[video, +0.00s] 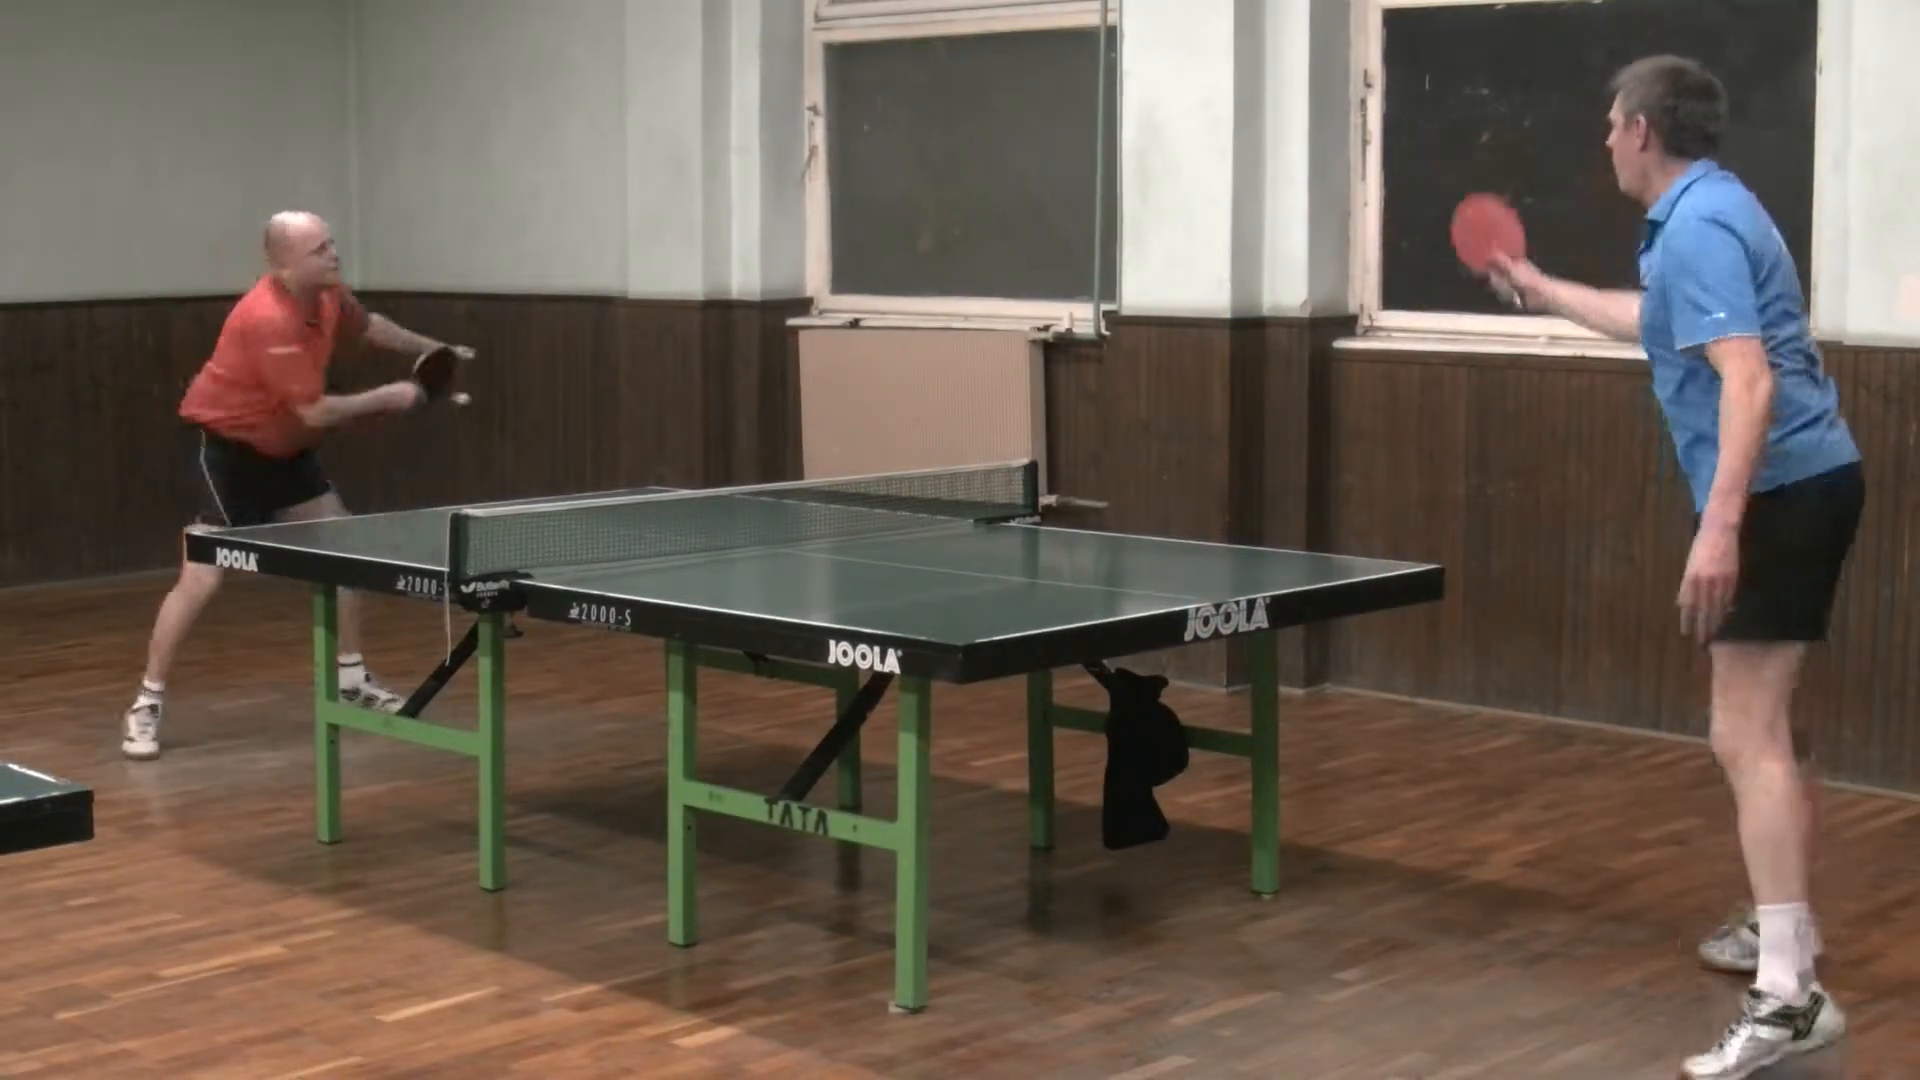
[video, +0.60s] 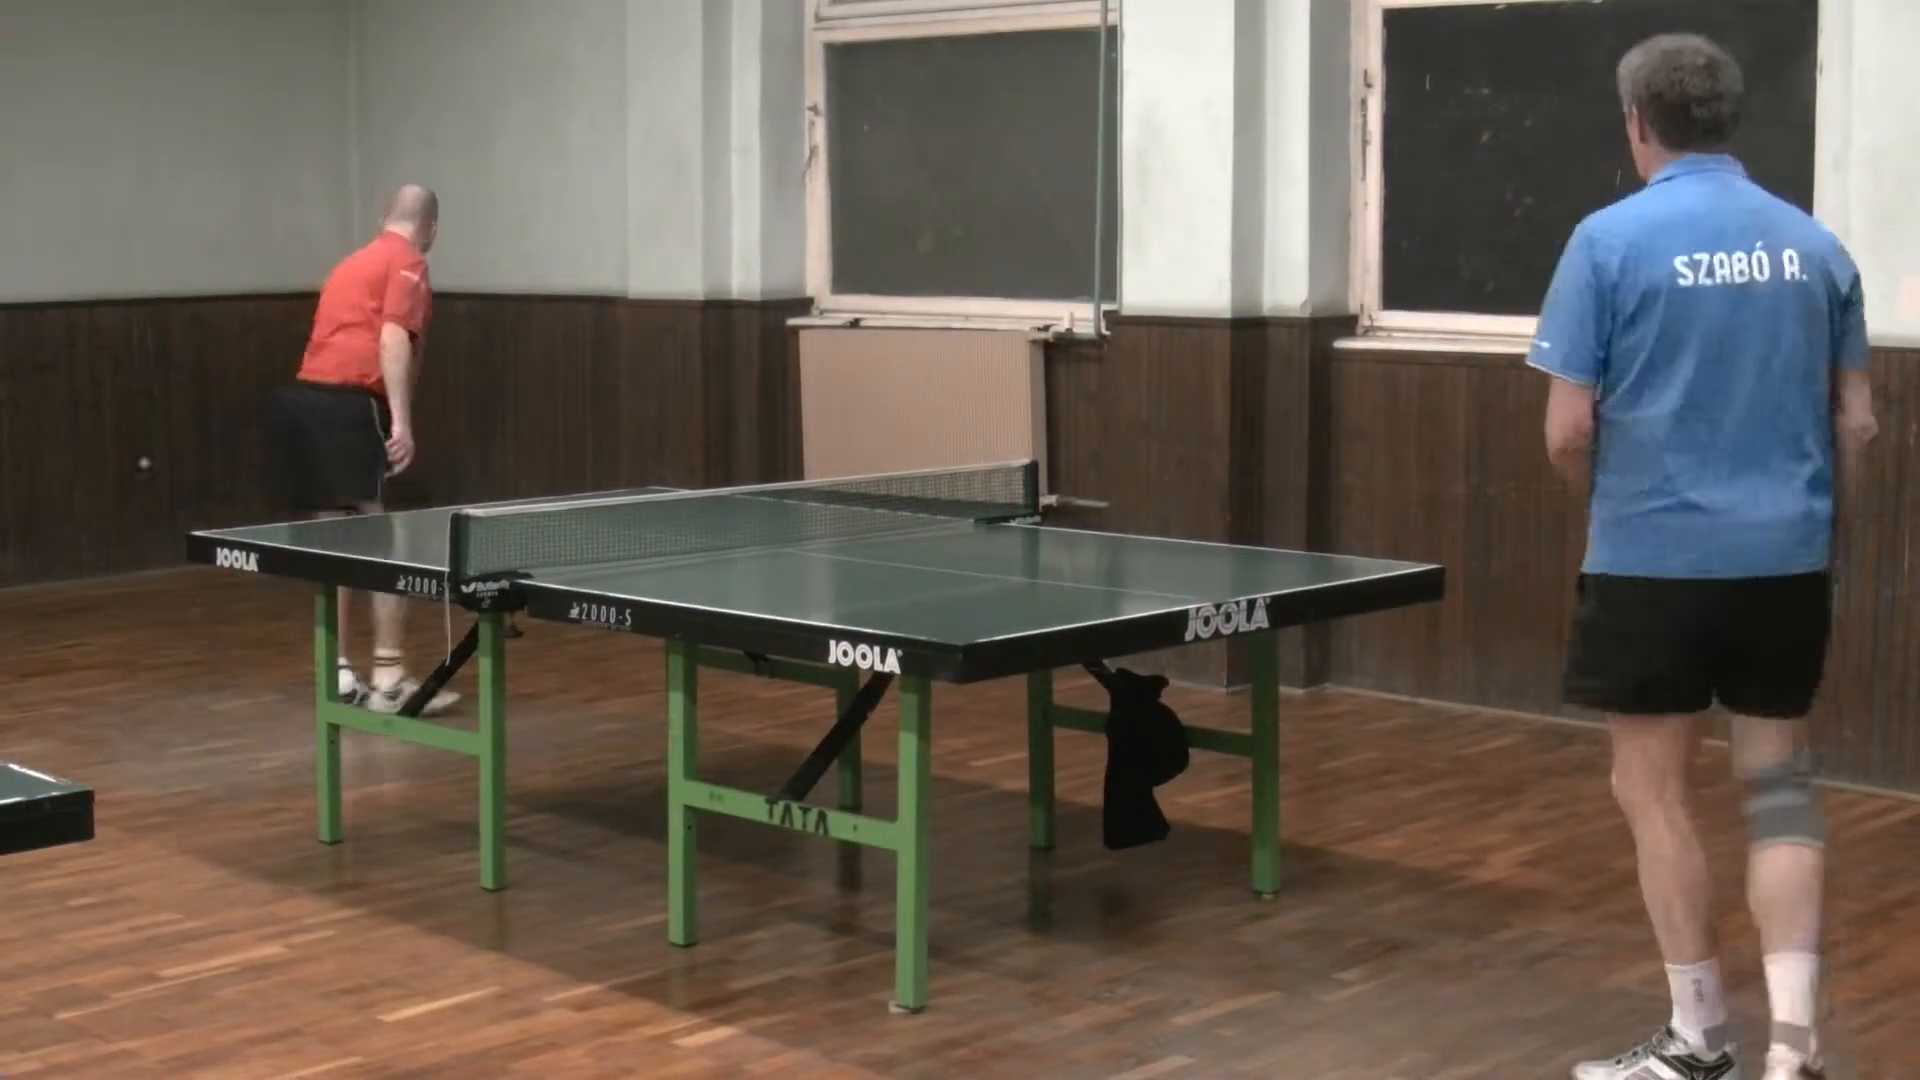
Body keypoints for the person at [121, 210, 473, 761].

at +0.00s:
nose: (334, 255)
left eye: (331, 246)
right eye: (321, 251)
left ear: (321, 253)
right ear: (287, 266)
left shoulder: (326, 292)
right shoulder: (267, 318)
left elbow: (370, 327)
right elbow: (312, 411)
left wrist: (434, 351)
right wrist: (388, 396)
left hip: (287, 446)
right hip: (226, 447)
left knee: (345, 547)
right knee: (201, 578)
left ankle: (351, 682)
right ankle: (147, 703)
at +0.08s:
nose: (372, 251)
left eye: (369, 242)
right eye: (361, 244)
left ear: (344, 252)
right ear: (328, 254)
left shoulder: (341, 295)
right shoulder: (300, 302)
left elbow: (389, 336)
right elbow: (335, 398)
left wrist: (450, 371)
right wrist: (401, 378)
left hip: (278, 446)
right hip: (225, 438)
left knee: (333, 548)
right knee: (204, 577)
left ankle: (342, 685)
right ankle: (136, 704)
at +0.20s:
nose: (415, 246)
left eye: (412, 236)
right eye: (407, 237)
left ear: (375, 240)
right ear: (376, 241)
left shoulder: (362, 298)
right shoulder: (338, 287)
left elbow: (367, 381)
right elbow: (349, 384)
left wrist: (413, 434)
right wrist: (419, 386)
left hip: (291, 435)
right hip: (249, 420)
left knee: (334, 550)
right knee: (230, 555)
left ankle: (341, 682)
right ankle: (145, 684)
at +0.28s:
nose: (422, 255)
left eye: (423, 244)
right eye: (422, 243)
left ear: (383, 231)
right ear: (405, 236)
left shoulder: (362, 277)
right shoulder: (357, 276)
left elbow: (334, 373)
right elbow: (357, 372)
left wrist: (356, 445)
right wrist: (424, 414)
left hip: (308, 425)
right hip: (271, 411)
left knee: (333, 551)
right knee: (255, 548)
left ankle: (338, 677)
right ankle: (168, 671)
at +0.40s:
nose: (424, 251)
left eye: (424, 242)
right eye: (426, 241)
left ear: (383, 224)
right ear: (418, 234)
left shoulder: (356, 259)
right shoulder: (380, 263)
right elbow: (365, 350)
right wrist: (404, 427)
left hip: (310, 405)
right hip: (301, 403)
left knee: (330, 543)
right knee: (305, 540)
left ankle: (338, 679)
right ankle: (234, 672)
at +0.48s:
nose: (428, 245)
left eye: (428, 235)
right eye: (431, 235)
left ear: (379, 221)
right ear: (426, 230)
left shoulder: (356, 257)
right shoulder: (391, 261)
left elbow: (335, 345)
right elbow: (375, 341)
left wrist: (377, 418)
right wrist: (395, 425)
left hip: (300, 396)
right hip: (323, 401)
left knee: (330, 537)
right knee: (338, 534)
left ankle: (332, 675)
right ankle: (293, 676)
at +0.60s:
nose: (431, 240)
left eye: (431, 232)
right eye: (434, 231)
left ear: (386, 221)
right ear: (429, 228)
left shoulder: (352, 262)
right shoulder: (407, 263)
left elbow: (336, 340)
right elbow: (394, 338)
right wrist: (401, 419)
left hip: (306, 401)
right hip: (350, 406)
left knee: (331, 539)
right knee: (383, 538)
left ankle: (337, 670)